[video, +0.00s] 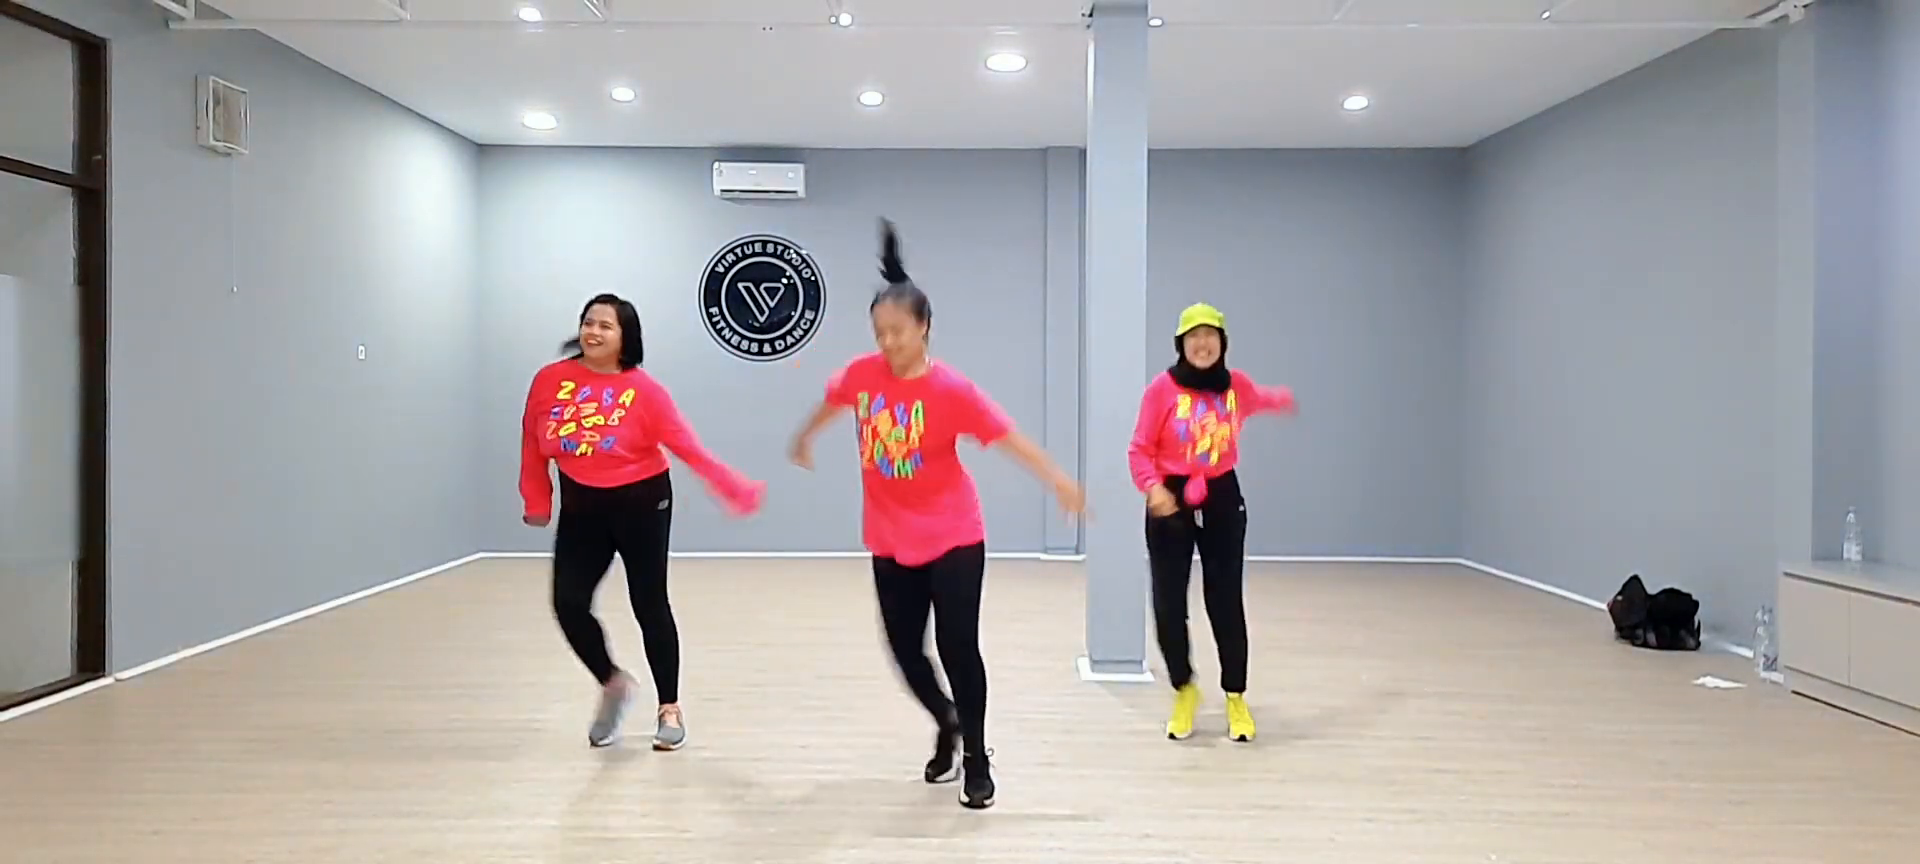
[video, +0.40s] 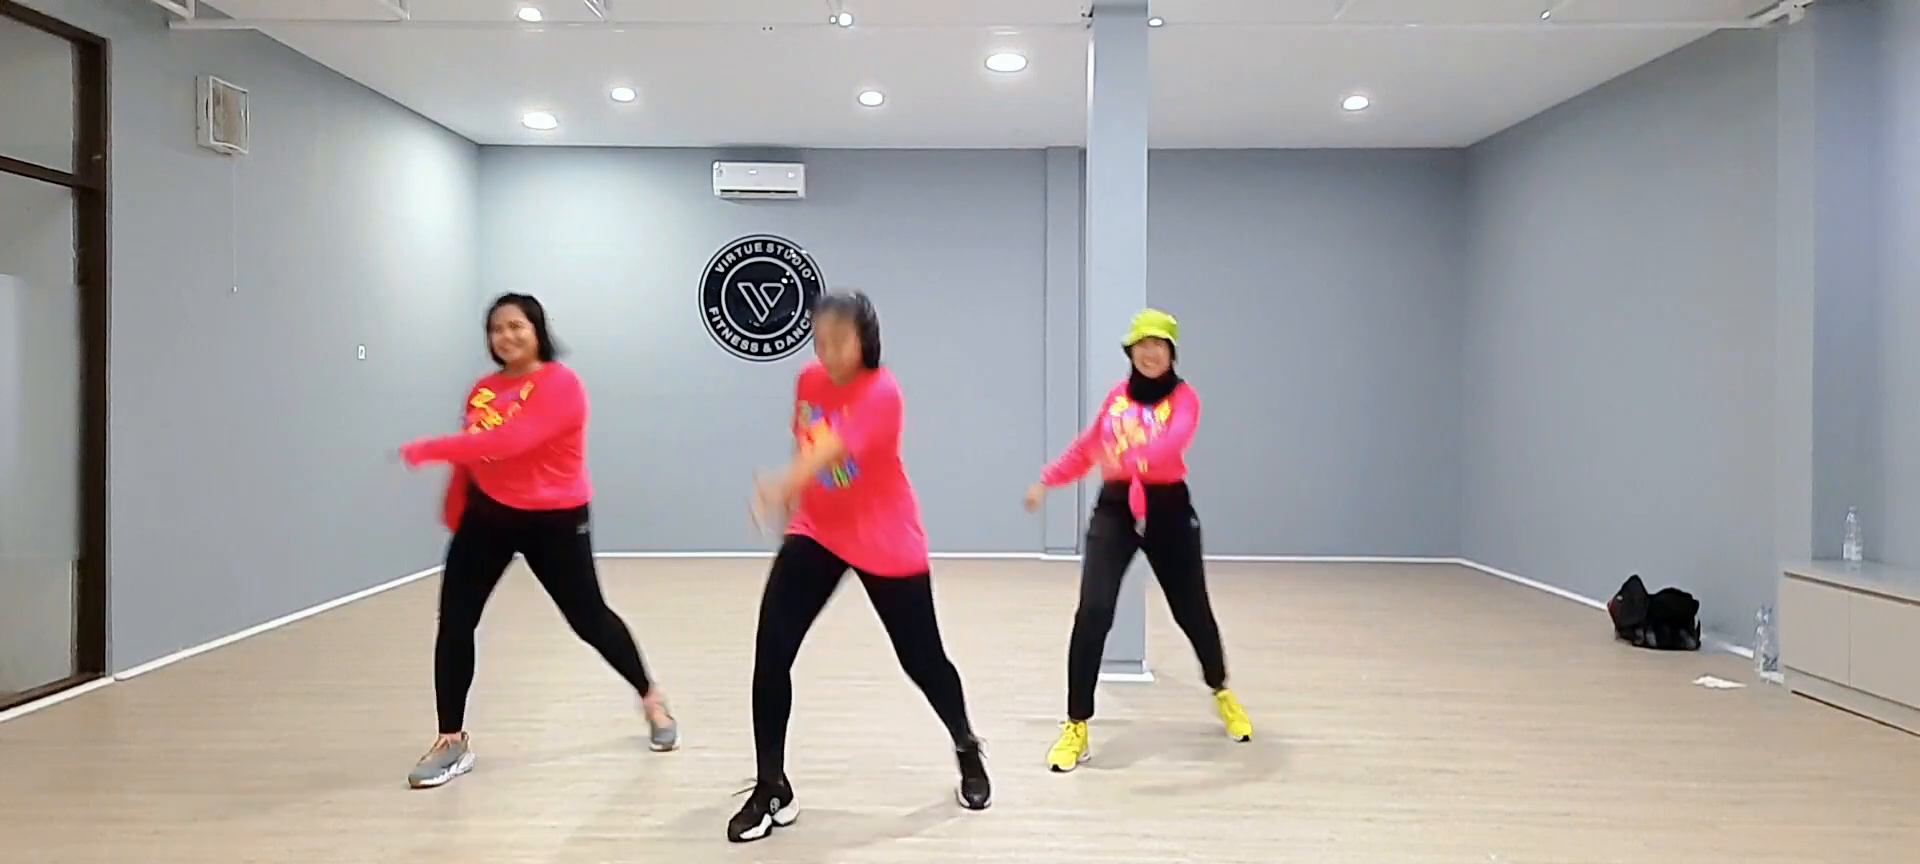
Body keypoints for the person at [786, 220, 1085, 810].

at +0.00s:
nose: (885, 341)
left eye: (895, 330)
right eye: (878, 331)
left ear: (923, 328)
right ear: (873, 331)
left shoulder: (952, 390)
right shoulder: (861, 376)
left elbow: (1011, 440)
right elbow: (832, 404)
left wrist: (1060, 482)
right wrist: (803, 438)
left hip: (952, 536)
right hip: (891, 540)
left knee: (957, 647)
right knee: (905, 649)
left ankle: (976, 755)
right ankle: (947, 722)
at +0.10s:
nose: (872, 367)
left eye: (880, 357)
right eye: (866, 357)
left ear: (911, 348)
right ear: (863, 351)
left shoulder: (945, 409)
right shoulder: (863, 387)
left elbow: (979, 484)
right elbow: (854, 432)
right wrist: (847, 468)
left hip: (955, 543)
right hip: (888, 538)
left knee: (960, 656)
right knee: (853, 634)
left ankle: (976, 764)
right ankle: (900, 701)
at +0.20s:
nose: (854, 381)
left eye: (862, 371)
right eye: (849, 372)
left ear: (893, 362)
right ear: (846, 367)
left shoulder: (921, 417)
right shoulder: (853, 400)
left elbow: (922, 510)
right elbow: (870, 472)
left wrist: (932, 589)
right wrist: (870, 533)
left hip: (941, 545)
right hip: (880, 535)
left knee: (951, 659)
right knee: (820, 608)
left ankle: (976, 763)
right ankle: (823, 735)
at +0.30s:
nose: (835, 385)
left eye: (843, 375)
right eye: (831, 374)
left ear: (874, 368)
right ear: (829, 369)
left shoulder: (901, 419)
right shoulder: (836, 405)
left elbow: (862, 504)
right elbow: (843, 486)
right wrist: (841, 545)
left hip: (918, 559)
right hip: (854, 549)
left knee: (938, 680)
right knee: (794, 656)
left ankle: (976, 759)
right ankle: (775, 786)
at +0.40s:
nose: (830, 352)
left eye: (840, 341)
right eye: (822, 341)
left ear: (865, 341)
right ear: (814, 340)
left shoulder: (882, 393)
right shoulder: (810, 380)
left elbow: (832, 447)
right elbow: (806, 447)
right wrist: (794, 493)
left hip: (886, 535)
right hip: (820, 529)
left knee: (922, 658)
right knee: (771, 652)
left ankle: (967, 748)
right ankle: (771, 785)